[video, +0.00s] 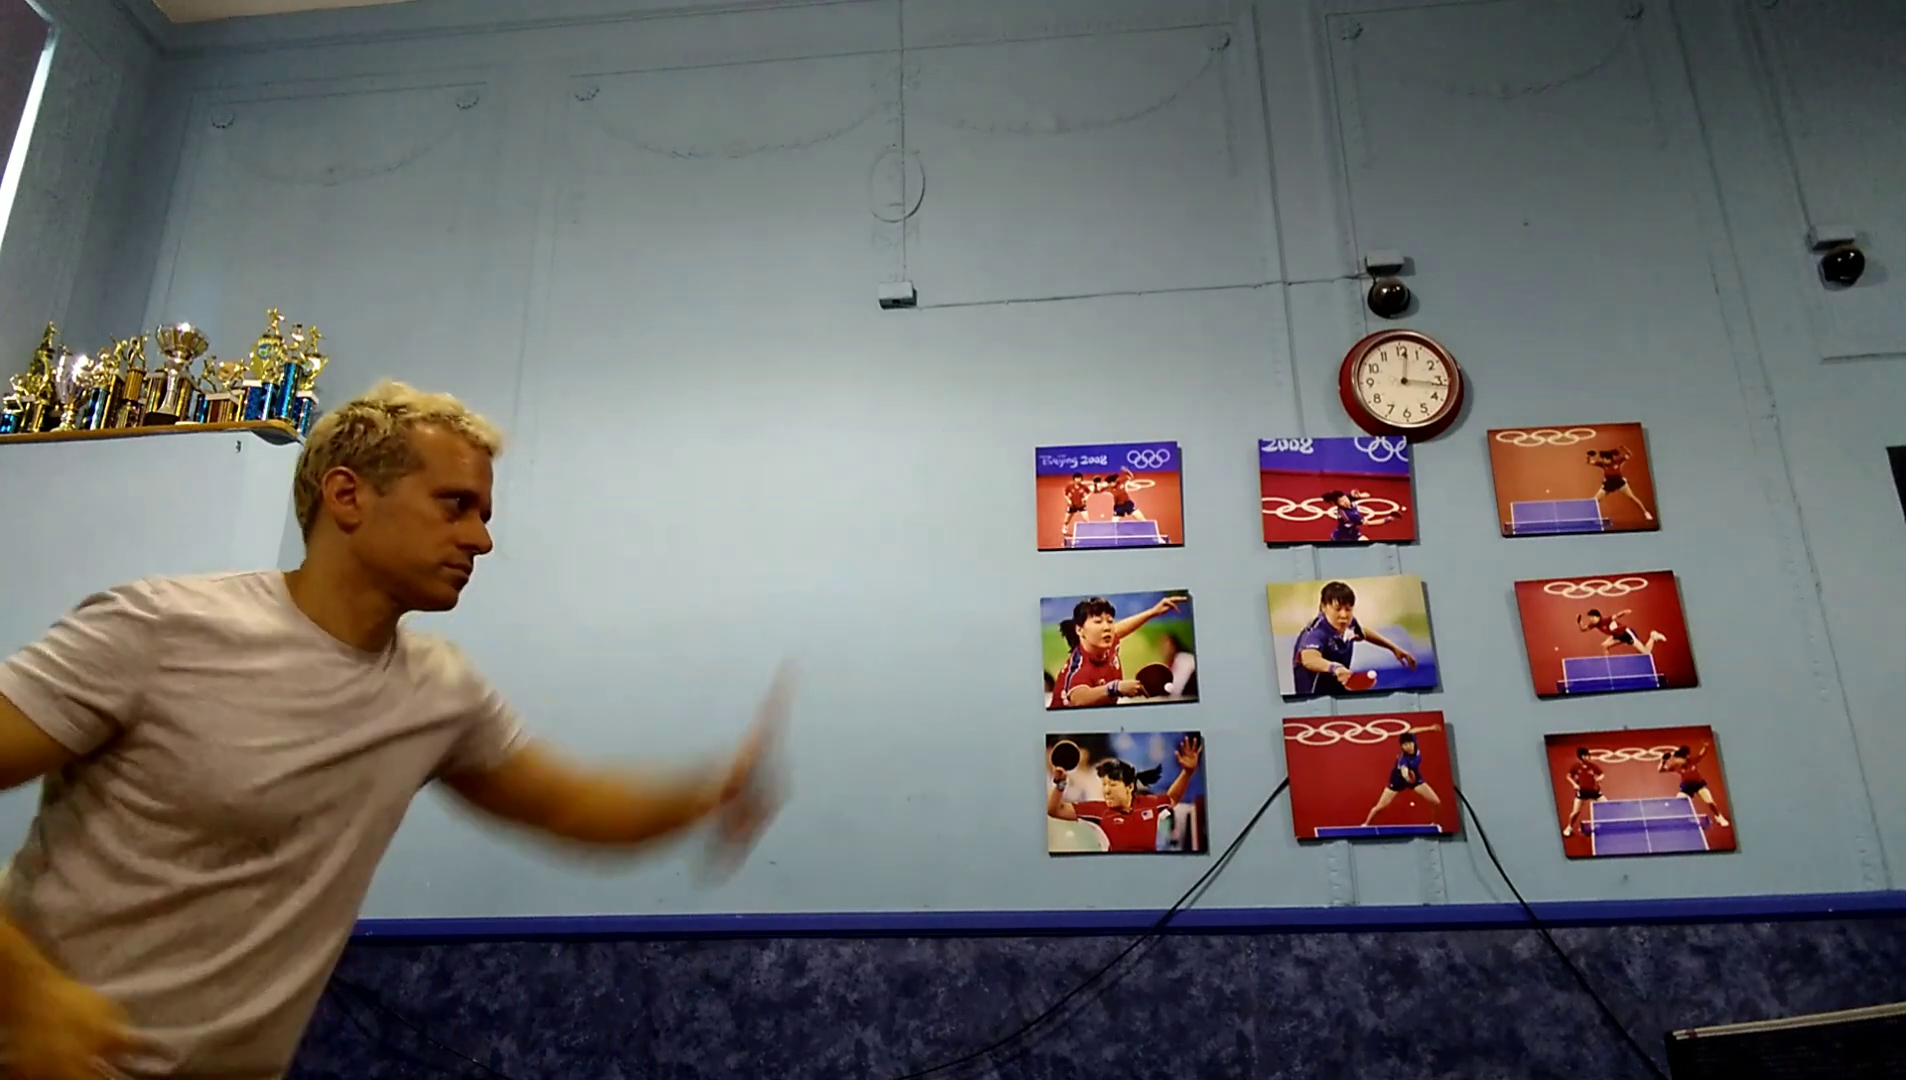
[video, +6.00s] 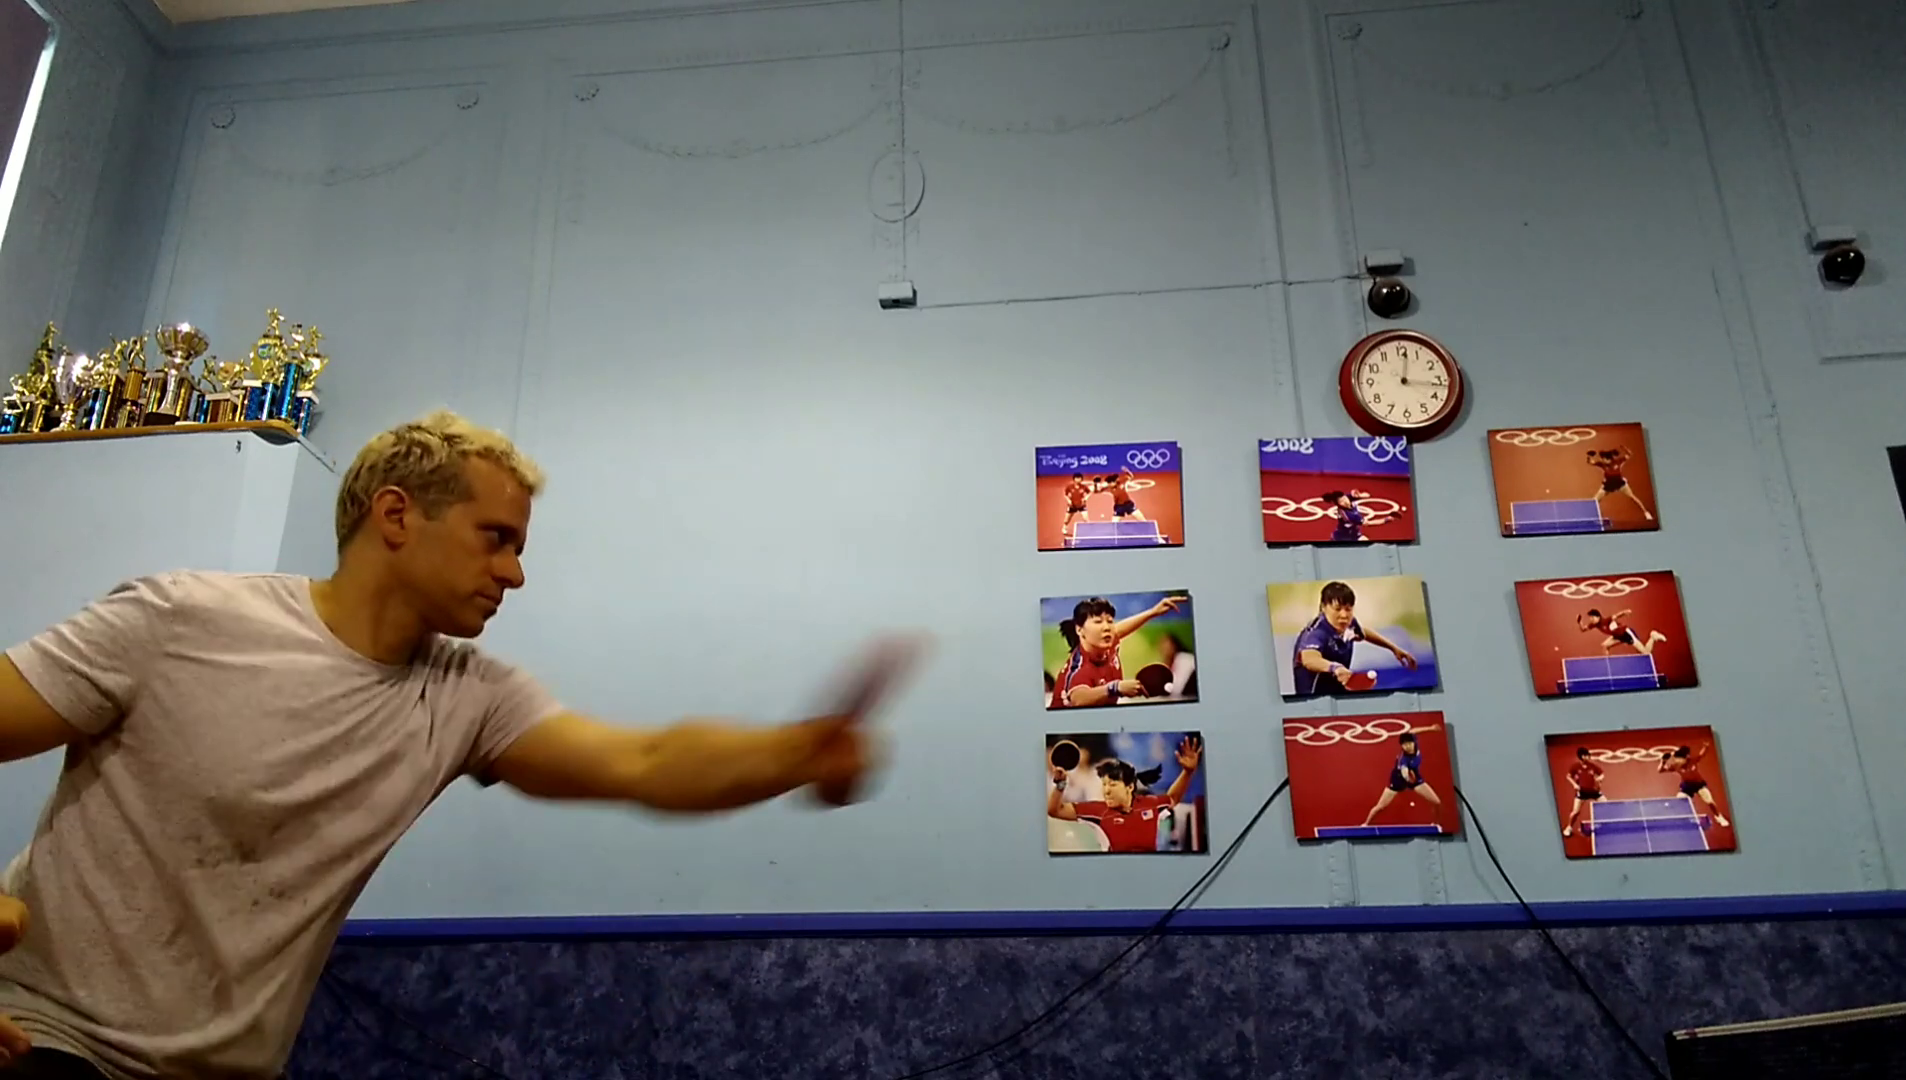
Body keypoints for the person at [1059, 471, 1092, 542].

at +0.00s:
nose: (1078, 481)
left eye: (1079, 479)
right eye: (1077, 479)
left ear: (1081, 480)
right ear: (1074, 480)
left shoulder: (1083, 487)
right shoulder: (1070, 487)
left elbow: (1089, 492)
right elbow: (1065, 494)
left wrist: (1085, 498)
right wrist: (1068, 501)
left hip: (1081, 505)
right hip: (1072, 505)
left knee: (1086, 519)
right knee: (1066, 520)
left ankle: (1090, 531)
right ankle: (1064, 529)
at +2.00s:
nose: (1078, 481)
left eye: (1079, 479)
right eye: (1077, 479)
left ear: (1081, 480)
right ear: (1074, 480)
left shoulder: (1083, 487)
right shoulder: (1070, 487)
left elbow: (1090, 492)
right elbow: (1065, 494)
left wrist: (1085, 498)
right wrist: (1068, 501)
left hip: (1081, 505)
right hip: (1072, 505)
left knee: (1086, 519)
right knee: (1066, 520)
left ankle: (1090, 531)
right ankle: (1064, 529)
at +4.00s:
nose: (1078, 481)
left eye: (1079, 479)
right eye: (1077, 479)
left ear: (1081, 479)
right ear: (1074, 479)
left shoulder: (1083, 487)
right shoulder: (1070, 487)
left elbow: (1090, 492)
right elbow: (1065, 494)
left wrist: (1085, 498)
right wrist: (1069, 501)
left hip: (1081, 505)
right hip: (1073, 505)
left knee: (1086, 519)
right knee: (1067, 520)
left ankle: (1090, 530)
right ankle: (1064, 528)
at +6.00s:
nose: (1078, 480)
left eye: (1079, 478)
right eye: (1076, 479)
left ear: (1081, 479)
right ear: (1074, 479)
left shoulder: (1083, 487)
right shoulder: (1070, 487)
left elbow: (1089, 492)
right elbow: (1065, 494)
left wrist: (1085, 498)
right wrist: (1068, 500)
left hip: (1081, 505)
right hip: (1072, 505)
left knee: (1086, 519)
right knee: (1066, 520)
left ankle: (1090, 531)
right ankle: (1064, 529)